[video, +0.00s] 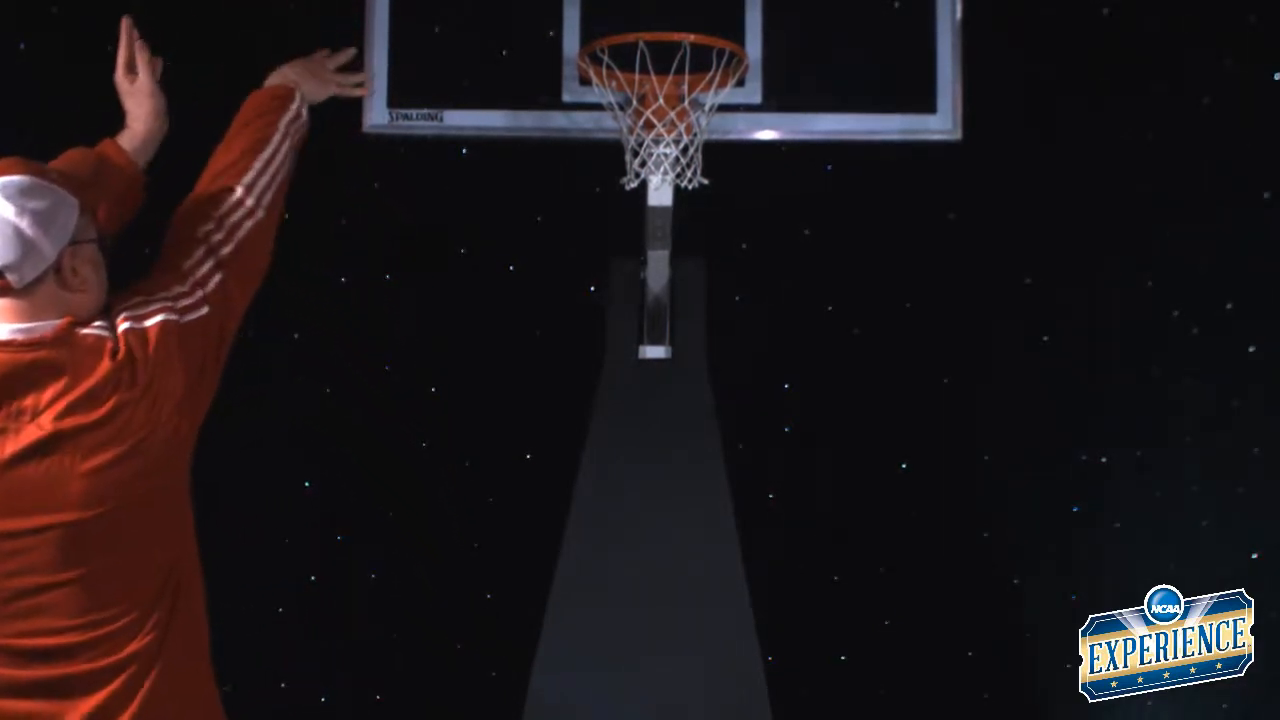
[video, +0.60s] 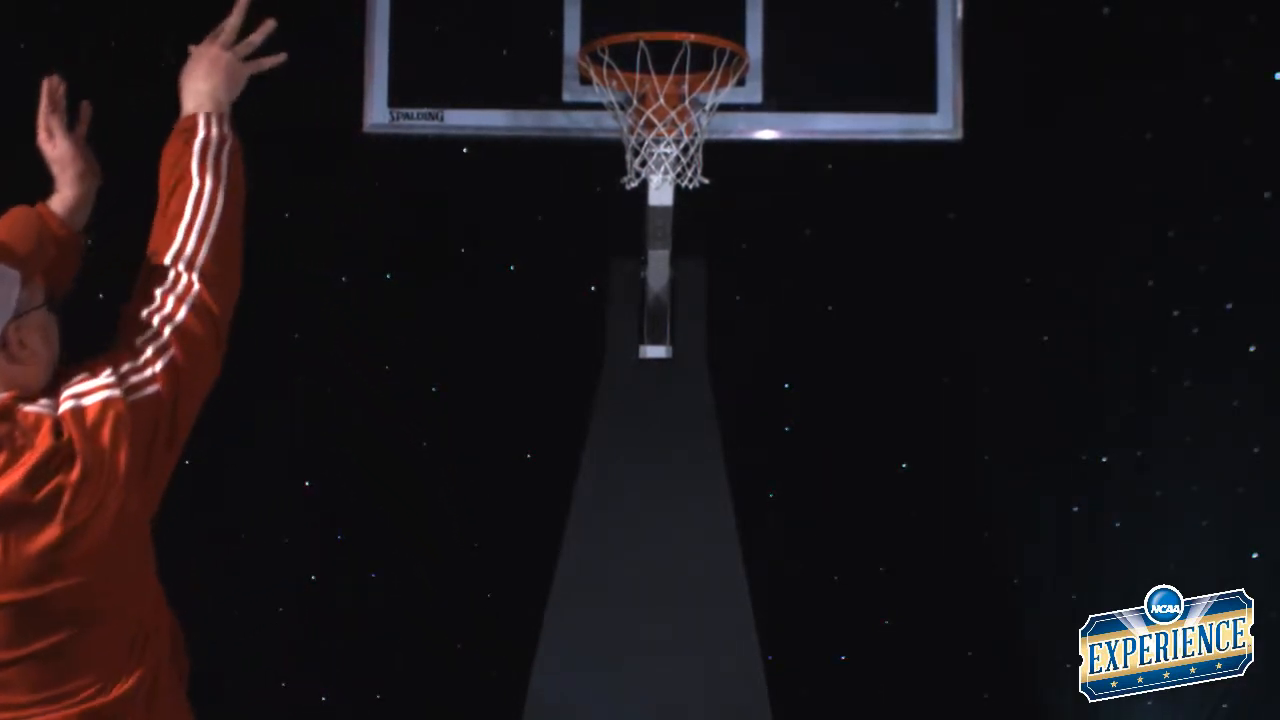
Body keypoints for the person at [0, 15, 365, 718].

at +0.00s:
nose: (95, 243)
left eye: (83, 232)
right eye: (83, 236)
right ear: (69, 270)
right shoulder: (126, 376)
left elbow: (26, 221)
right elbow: (224, 225)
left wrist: (131, 145)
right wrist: (287, 93)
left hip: (15, 699)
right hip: (136, 702)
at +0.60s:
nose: (50, 316)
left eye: (39, 303)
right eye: (39, 306)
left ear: (4, 343)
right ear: (11, 343)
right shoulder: (80, 444)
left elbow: (16, 300)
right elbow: (185, 301)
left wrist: (67, 203)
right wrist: (206, 113)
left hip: (17, 701)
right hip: (114, 701)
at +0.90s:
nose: (22, 353)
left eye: (14, 346)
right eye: (13, 350)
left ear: (12, 378)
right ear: (1, 383)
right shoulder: (40, 500)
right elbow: (186, 335)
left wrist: (18, 248)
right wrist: (176, 155)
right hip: (90, 701)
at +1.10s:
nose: (14, 396)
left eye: (7, 366)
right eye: (7, 367)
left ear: (11, 371)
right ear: (3, 376)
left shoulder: (38, 537)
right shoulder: (33, 539)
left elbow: (190, 371)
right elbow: (190, 368)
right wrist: (159, 194)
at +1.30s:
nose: (9, 414)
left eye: (4, 385)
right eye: (5, 385)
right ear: (4, 409)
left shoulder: (33, 555)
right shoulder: (27, 557)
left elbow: (202, 409)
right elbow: (202, 407)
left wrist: (148, 244)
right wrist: (149, 243)